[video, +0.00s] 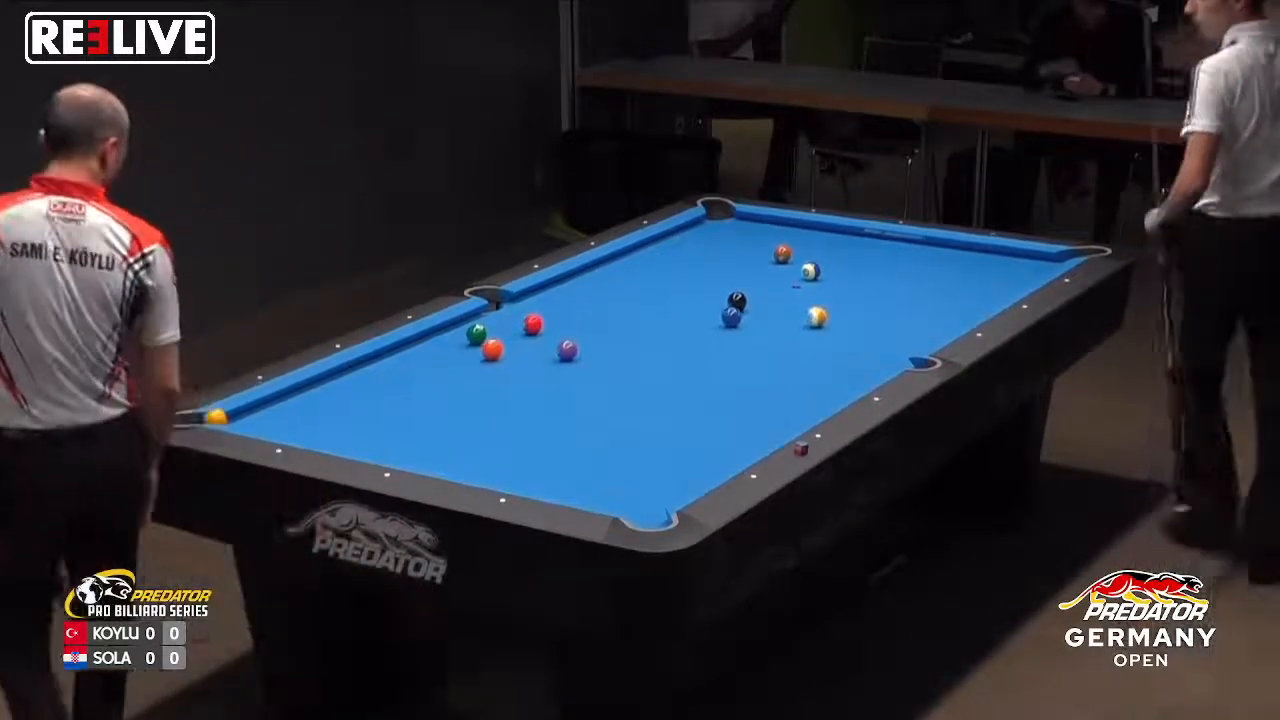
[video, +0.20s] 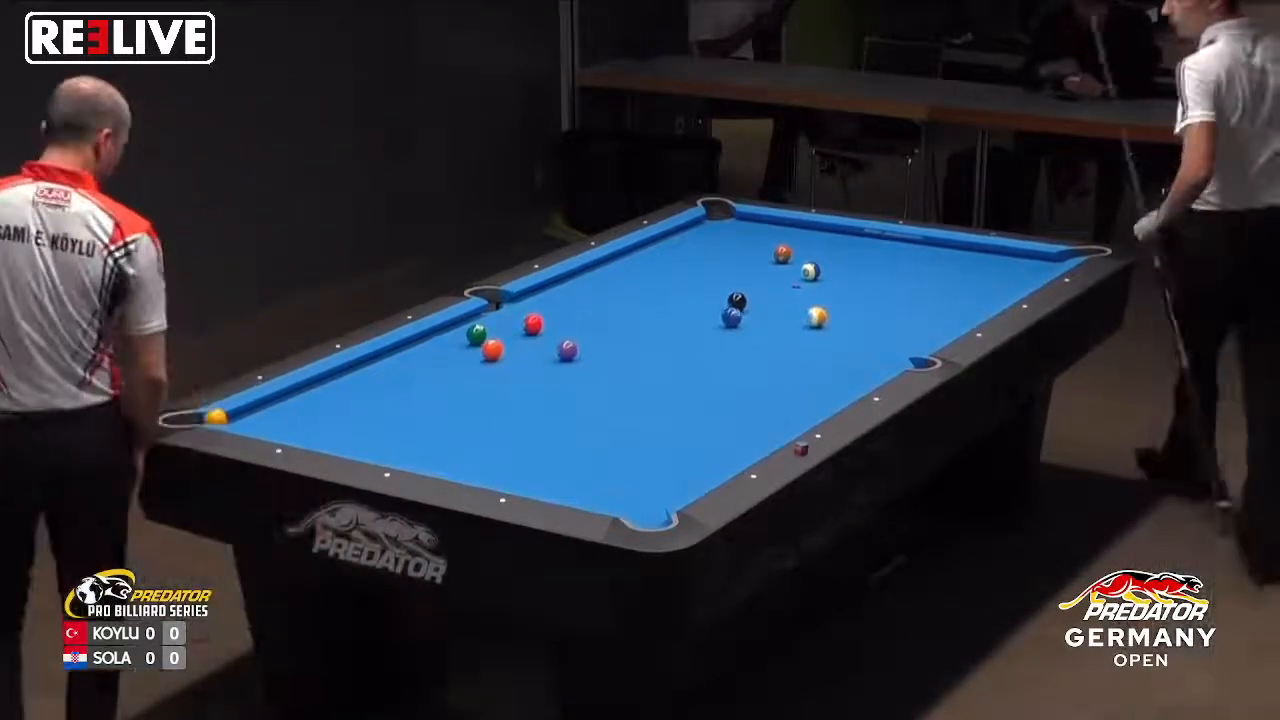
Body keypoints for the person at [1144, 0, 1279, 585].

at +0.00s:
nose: (1191, 8)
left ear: (1237, 5)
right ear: (1252, 7)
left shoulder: (1220, 70)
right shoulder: (1275, 55)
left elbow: (1196, 177)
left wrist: (1163, 214)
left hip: (1222, 236)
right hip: (1276, 231)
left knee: (1199, 376)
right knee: (1275, 390)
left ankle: (1210, 516)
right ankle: (1271, 539)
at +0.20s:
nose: (1169, 9)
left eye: (1178, 1)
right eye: (1171, 1)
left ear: (1215, 6)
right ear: (1228, 7)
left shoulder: (1203, 65)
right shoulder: (1271, 50)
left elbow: (1198, 168)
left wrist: (1161, 217)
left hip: (1212, 228)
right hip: (1271, 223)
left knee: (1197, 353)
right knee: (1268, 366)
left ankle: (1191, 461)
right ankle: (1267, 517)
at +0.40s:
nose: (1133, 1)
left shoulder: (1174, 53)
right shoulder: (1254, 38)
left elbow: (1190, 145)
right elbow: (1267, 134)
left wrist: (1156, 212)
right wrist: (1255, 186)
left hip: (1190, 211)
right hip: (1247, 208)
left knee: (1178, 343)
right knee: (1229, 346)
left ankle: (1186, 465)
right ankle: (1264, 482)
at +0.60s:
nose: (1107, 1)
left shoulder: (1152, 34)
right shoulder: (1205, 20)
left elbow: (1186, 127)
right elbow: (1211, 116)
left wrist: (1152, 198)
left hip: (1169, 191)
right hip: (1199, 184)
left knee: (1167, 331)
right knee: (1176, 327)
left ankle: (1188, 467)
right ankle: (1200, 455)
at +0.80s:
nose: (1072, 4)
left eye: (1074, 0)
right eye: (1073, 2)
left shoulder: (1124, 27)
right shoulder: (1132, 19)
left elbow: (1177, 109)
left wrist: (1148, 189)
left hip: (1132, 188)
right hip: (1132, 183)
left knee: (1144, 325)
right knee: (1112, 308)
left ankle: (1188, 465)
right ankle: (1079, 410)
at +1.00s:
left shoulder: (1084, 17)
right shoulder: (1064, 22)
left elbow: (1141, 95)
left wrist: (1122, 178)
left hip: (1091, 181)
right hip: (1067, 176)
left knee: (1097, 327)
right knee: (1054, 316)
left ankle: (1163, 444)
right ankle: (1051, 417)